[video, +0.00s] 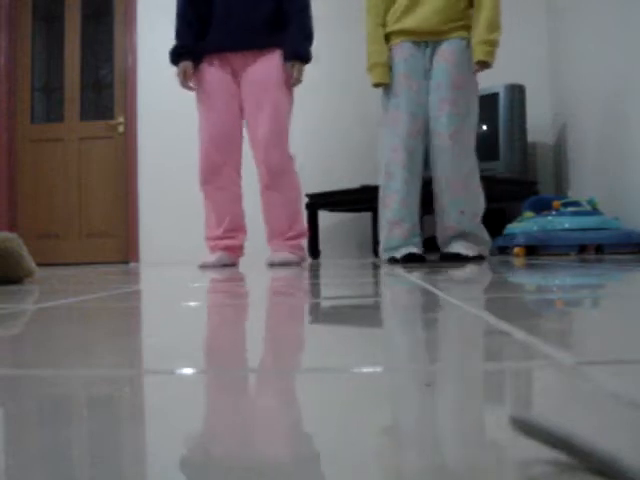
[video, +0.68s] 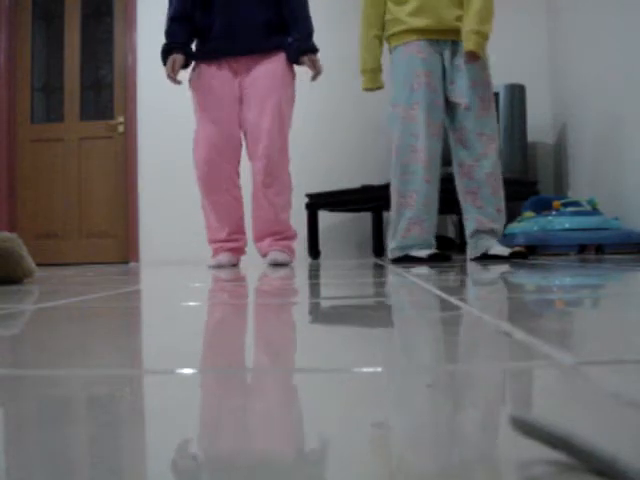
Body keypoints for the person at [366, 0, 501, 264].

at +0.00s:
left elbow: (487, 1)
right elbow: (376, 4)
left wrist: (484, 38)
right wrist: (377, 54)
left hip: (456, 31)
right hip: (403, 32)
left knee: (452, 136)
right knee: (402, 139)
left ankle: (462, 239)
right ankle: (402, 243)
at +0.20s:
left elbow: (483, 0)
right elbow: (374, 4)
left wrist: (480, 33)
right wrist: (375, 54)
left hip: (454, 31)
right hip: (400, 32)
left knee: (453, 134)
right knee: (400, 138)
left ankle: (461, 239)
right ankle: (401, 243)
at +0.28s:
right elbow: (373, 4)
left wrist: (480, 24)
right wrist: (373, 52)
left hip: (453, 27)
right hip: (397, 29)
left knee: (454, 132)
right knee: (396, 136)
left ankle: (463, 234)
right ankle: (391, 238)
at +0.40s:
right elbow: (373, 4)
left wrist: (482, 31)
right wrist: (371, 46)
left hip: (458, 27)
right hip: (402, 29)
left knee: (464, 135)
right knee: (401, 136)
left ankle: (474, 234)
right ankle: (400, 238)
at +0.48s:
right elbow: (374, 4)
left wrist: (484, 36)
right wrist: (369, 44)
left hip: (464, 28)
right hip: (408, 29)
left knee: (472, 139)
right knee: (411, 137)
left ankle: (480, 240)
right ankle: (406, 242)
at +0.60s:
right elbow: (373, 4)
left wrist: (479, 31)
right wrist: (368, 56)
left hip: (467, 30)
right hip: (412, 30)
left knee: (478, 140)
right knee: (416, 139)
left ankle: (484, 240)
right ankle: (410, 242)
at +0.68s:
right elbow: (374, 4)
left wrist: (476, 29)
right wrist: (370, 61)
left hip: (466, 30)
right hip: (412, 31)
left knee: (478, 140)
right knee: (416, 139)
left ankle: (484, 240)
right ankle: (410, 242)